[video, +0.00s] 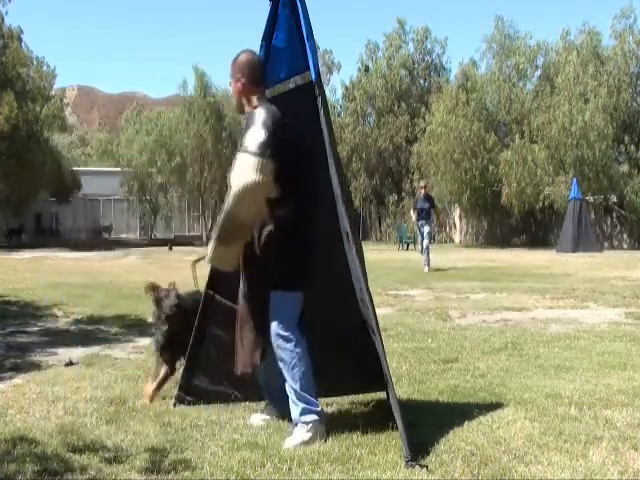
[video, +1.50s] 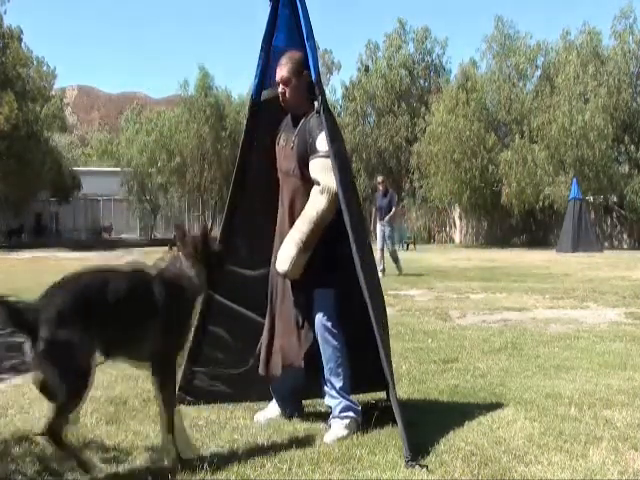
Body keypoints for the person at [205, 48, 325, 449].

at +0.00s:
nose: (230, 89)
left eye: (231, 83)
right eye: (231, 82)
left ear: (240, 84)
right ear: (258, 81)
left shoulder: (270, 121)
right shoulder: (261, 120)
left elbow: (252, 186)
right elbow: (252, 183)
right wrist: (246, 229)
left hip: (287, 236)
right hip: (268, 236)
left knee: (282, 327)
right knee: (264, 324)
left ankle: (309, 416)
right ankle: (277, 405)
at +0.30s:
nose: (247, 85)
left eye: (251, 79)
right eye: (247, 79)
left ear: (269, 77)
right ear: (265, 77)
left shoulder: (292, 116)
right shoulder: (265, 120)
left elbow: (297, 178)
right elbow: (266, 183)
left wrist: (258, 231)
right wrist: (255, 234)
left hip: (308, 233)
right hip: (276, 234)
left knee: (313, 320)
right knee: (276, 317)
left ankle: (334, 411)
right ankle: (282, 403)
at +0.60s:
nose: (261, 81)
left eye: (267, 74)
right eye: (261, 75)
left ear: (289, 77)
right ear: (270, 79)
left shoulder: (306, 117)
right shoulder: (272, 123)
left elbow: (316, 174)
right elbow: (277, 177)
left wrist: (276, 228)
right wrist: (263, 208)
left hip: (316, 233)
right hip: (283, 234)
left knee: (319, 322)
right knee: (281, 317)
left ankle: (336, 408)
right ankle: (282, 401)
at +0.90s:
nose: (271, 81)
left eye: (277, 75)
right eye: (270, 76)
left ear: (299, 76)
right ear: (275, 79)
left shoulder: (313, 118)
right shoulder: (281, 122)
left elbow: (322, 180)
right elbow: (282, 179)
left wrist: (285, 234)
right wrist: (267, 217)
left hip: (321, 235)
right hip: (289, 235)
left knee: (324, 321)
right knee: (284, 318)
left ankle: (343, 410)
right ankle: (283, 400)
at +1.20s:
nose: (275, 87)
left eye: (281, 79)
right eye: (274, 80)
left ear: (302, 79)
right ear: (280, 83)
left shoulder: (317, 123)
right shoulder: (283, 128)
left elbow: (325, 188)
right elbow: (284, 189)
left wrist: (290, 243)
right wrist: (276, 235)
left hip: (322, 238)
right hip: (290, 238)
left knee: (325, 321)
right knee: (283, 318)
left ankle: (343, 410)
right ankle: (284, 400)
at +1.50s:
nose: (279, 90)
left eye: (284, 83)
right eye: (277, 83)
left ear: (305, 83)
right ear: (283, 85)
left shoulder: (319, 126)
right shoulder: (285, 128)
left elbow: (327, 191)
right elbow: (287, 189)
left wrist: (294, 246)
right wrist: (281, 241)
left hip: (322, 238)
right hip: (290, 237)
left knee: (324, 321)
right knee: (286, 319)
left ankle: (343, 410)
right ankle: (284, 399)